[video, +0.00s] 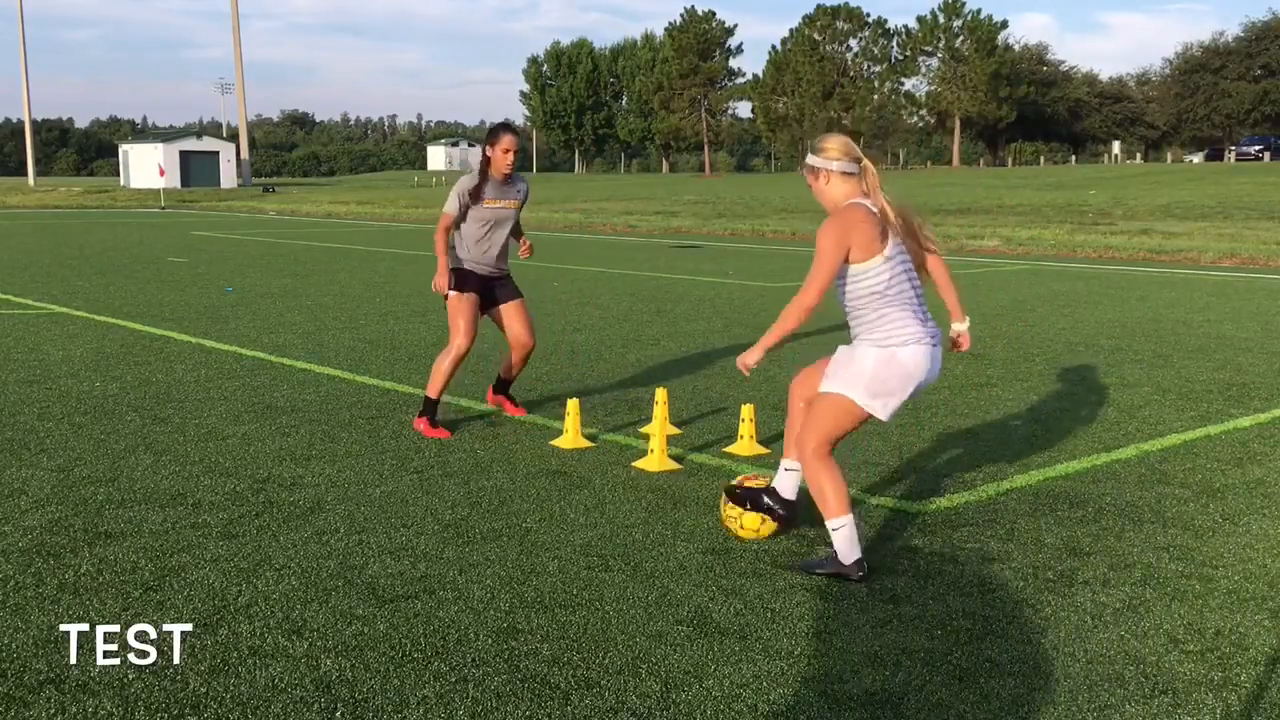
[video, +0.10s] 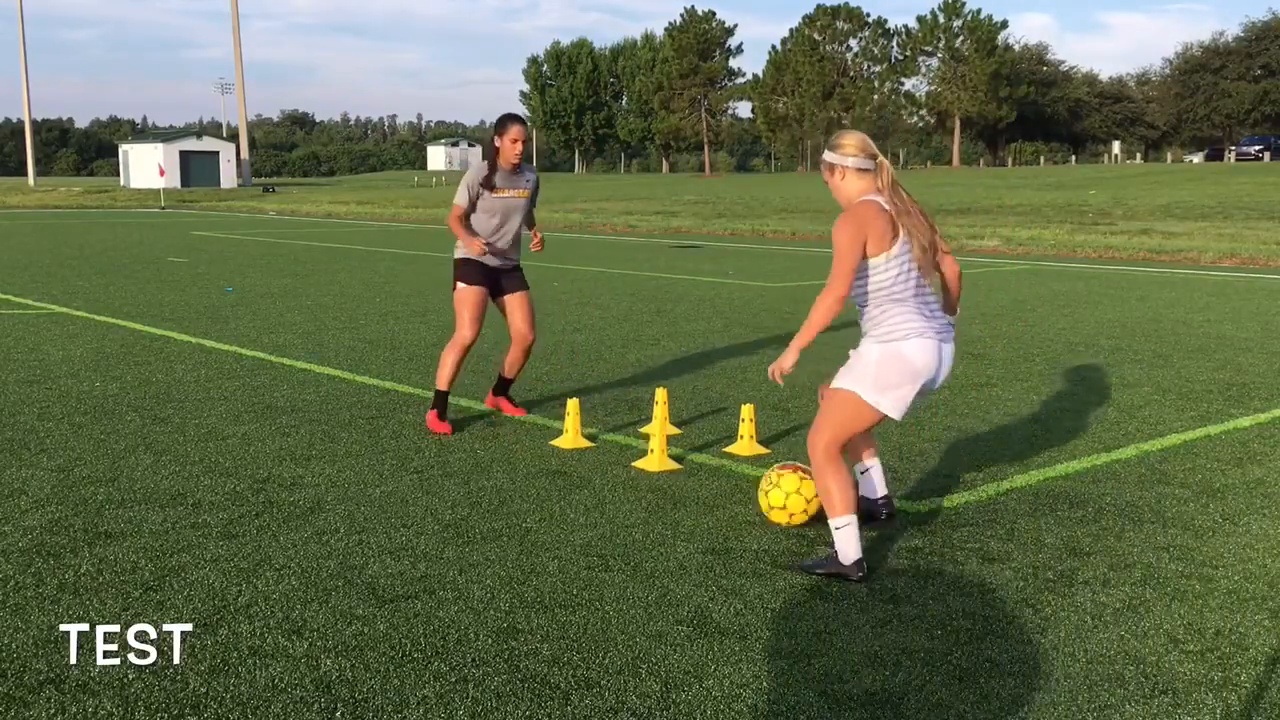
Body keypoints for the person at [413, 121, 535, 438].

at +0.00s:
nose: (512, 158)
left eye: (516, 152)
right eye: (506, 151)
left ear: (518, 155)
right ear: (489, 152)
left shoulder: (519, 187)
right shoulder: (468, 185)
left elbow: (511, 221)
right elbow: (442, 229)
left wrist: (521, 240)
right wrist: (443, 268)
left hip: (499, 275)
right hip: (465, 272)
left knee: (524, 343)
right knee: (462, 340)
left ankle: (499, 393)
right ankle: (426, 416)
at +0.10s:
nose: (520, 148)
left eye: (524, 142)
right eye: (514, 142)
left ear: (527, 144)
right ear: (498, 142)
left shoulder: (529, 178)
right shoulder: (478, 175)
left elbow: (527, 211)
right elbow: (455, 218)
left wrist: (533, 231)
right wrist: (470, 240)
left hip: (508, 264)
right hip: (473, 261)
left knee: (525, 336)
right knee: (467, 332)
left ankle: (499, 394)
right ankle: (438, 410)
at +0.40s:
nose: (541, 135)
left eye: (543, 129)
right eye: (536, 128)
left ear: (542, 131)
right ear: (517, 128)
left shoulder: (538, 162)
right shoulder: (496, 161)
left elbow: (526, 200)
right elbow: (469, 200)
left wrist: (541, 215)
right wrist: (498, 233)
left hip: (525, 249)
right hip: (494, 250)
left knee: (547, 314)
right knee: (496, 325)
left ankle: (534, 378)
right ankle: (470, 393)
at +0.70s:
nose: (572, 147)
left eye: (573, 142)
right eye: (566, 142)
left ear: (574, 143)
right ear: (549, 144)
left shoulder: (576, 173)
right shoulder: (532, 177)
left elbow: (573, 208)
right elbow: (509, 220)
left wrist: (587, 223)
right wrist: (514, 256)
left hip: (563, 262)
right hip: (533, 260)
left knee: (578, 324)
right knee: (523, 327)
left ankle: (560, 378)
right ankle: (482, 391)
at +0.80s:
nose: (581, 140)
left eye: (582, 135)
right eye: (575, 134)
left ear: (582, 138)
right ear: (558, 136)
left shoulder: (585, 164)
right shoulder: (542, 167)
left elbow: (583, 198)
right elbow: (518, 208)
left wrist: (598, 213)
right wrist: (529, 244)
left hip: (573, 254)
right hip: (545, 253)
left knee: (578, 318)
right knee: (545, 318)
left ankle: (561, 377)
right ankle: (513, 380)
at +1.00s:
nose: (598, 141)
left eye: (600, 136)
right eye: (593, 135)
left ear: (598, 138)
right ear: (576, 136)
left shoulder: (594, 165)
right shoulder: (558, 166)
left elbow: (586, 201)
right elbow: (531, 202)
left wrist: (607, 215)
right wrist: (553, 235)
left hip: (583, 247)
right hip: (553, 249)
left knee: (602, 308)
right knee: (567, 318)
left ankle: (588, 364)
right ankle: (555, 379)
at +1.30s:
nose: (618, 158)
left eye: (620, 153)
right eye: (613, 153)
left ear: (619, 152)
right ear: (596, 150)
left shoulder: (613, 177)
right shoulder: (579, 177)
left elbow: (611, 211)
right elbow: (555, 217)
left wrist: (628, 231)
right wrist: (570, 249)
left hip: (599, 253)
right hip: (573, 255)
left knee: (613, 315)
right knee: (598, 316)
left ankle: (613, 374)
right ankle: (565, 373)